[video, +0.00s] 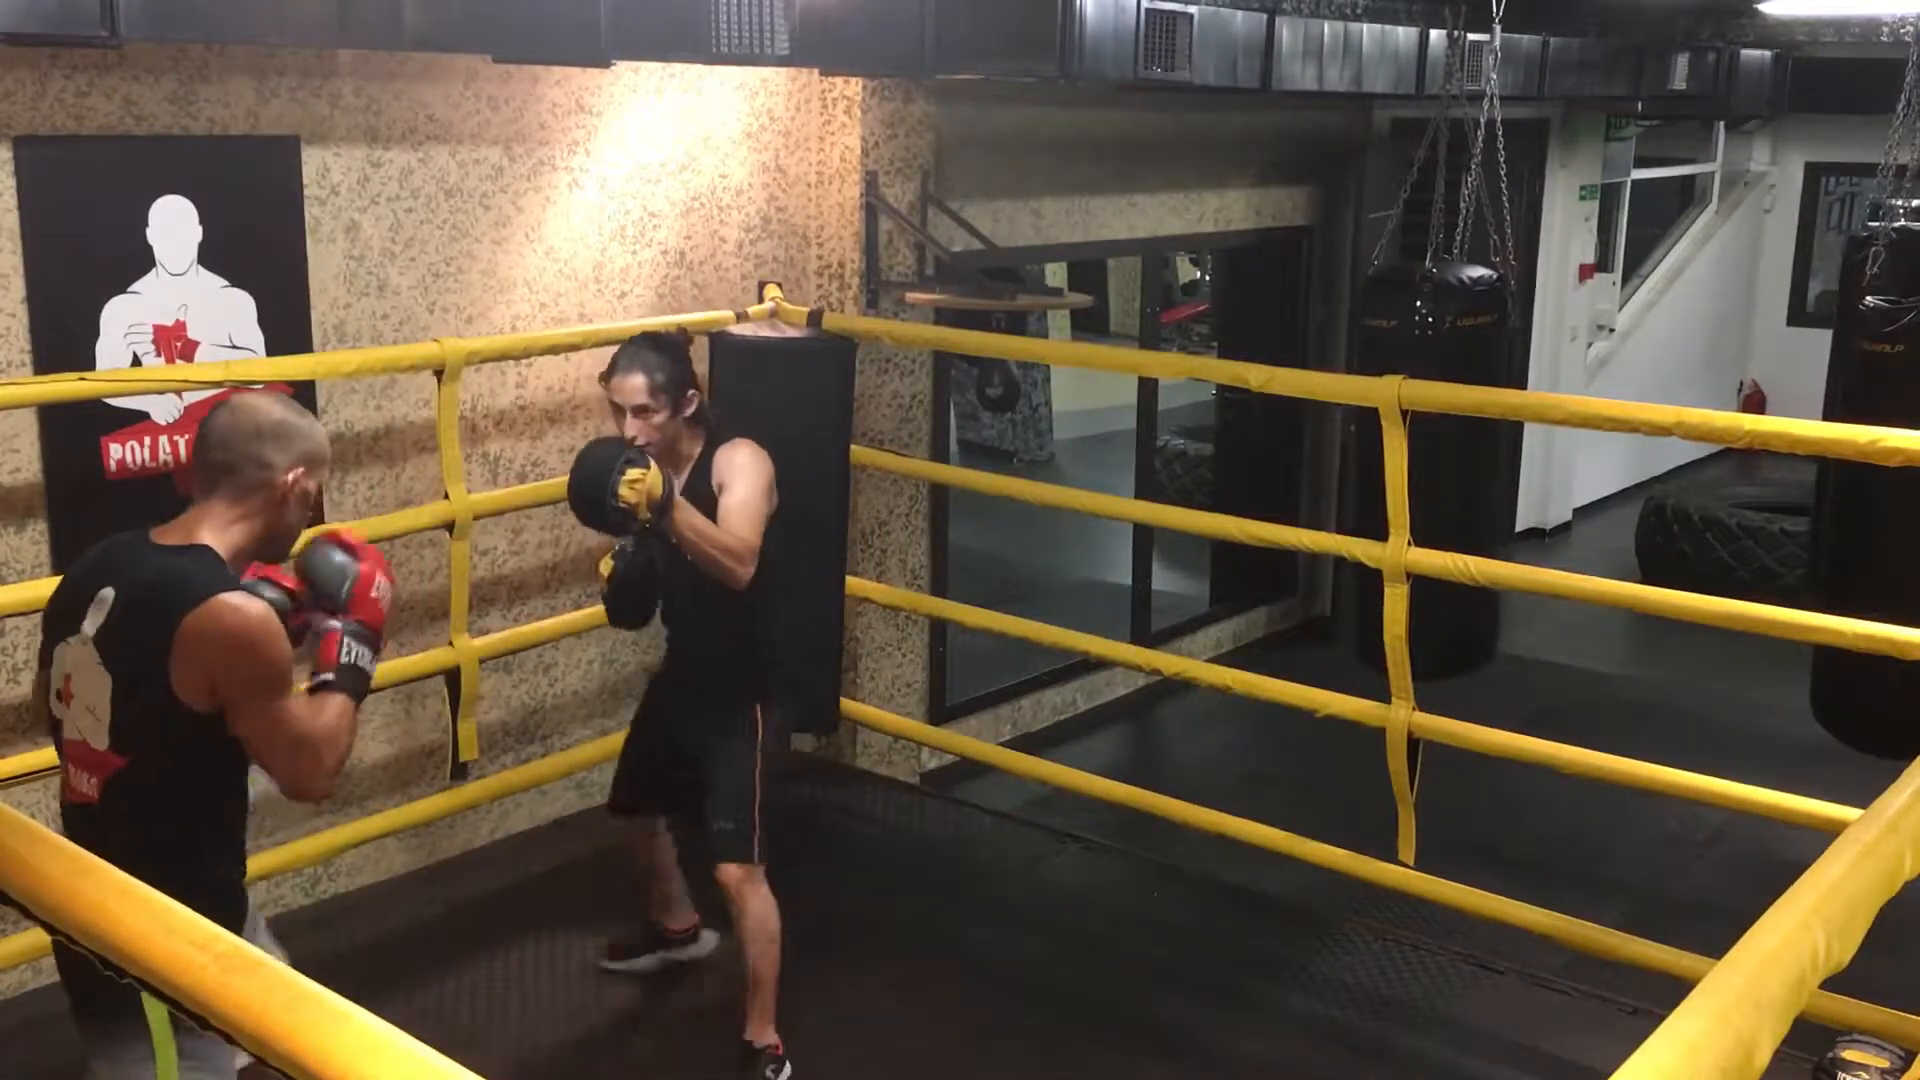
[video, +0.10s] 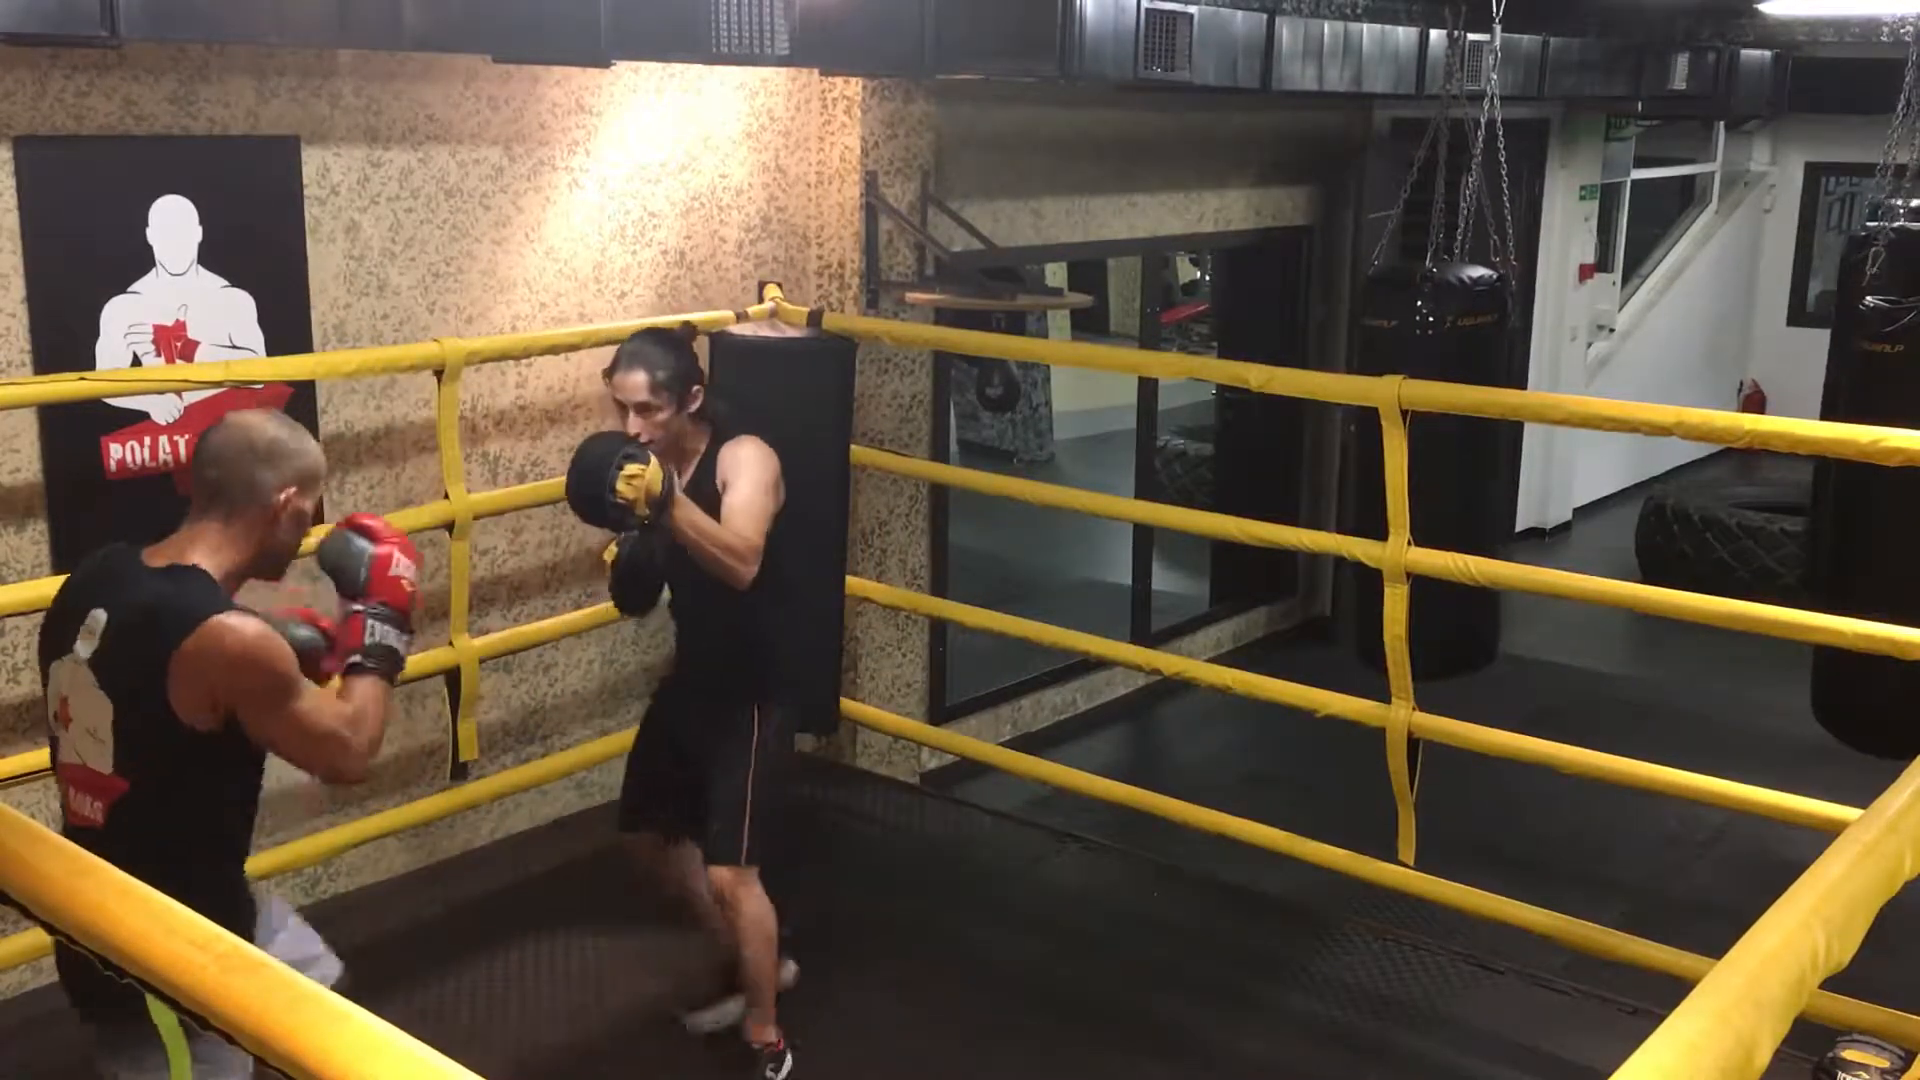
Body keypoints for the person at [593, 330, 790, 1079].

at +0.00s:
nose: (628, 431)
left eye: (640, 413)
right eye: (620, 415)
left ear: (686, 403)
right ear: (618, 411)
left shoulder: (742, 461)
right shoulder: (647, 477)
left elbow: (740, 563)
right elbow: (637, 599)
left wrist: (663, 505)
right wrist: (626, 562)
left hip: (742, 684)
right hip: (681, 675)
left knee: (737, 867)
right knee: (638, 808)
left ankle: (762, 1038)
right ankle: (676, 923)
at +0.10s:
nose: (632, 430)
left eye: (645, 411)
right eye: (623, 413)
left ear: (692, 398)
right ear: (619, 407)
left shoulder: (748, 459)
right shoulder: (653, 473)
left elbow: (742, 563)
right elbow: (637, 594)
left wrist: (663, 499)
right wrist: (629, 550)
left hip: (754, 688)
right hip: (691, 678)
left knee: (730, 875)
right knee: (655, 838)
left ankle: (764, 1038)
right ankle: (761, 964)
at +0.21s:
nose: (634, 436)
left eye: (648, 417)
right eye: (626, 418)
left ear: (696, 407)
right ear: (622, 414)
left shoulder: (751, 468)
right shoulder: (657, 483)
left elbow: (749, 576)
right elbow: (630, 601)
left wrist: (670, 506)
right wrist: (631, 555)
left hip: (762, 695)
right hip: (704, 690)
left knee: (729, 874)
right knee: (679, 858)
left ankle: (791, 1062)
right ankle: (778, 986)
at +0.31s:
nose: (623, 436)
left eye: (637, 419)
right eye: (616, 419)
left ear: (688, 410)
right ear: (615, 415)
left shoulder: (744, 481)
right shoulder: (669, 487)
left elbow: (750, 592)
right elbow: (677, 569)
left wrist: (702, 524)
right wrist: (625, 575)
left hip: (763, 711)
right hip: (715, 705)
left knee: (752, 903)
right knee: (681, 853)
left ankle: (806, 1069)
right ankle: (775, 985)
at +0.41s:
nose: (624, 438)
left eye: (637, 421)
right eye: (619, 421)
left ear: (690, 413)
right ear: (665, 416)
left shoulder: (742, 485)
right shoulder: (682, 476)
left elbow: (707, 601)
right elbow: (697, 580)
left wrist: (624, 534)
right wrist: (633, 574)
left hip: (782, 710)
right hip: (729, 700)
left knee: (745, 910)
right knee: (693, 849)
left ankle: (803, 1069)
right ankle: (778, 988)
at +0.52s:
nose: (645, 434)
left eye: (655, 419)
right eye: (640, 418)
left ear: (706, 412)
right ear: (684, 417)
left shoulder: (760, 489)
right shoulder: (695, 475)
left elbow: (738, 612)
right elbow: (697, 568)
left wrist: (635, 556)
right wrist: (634, 574)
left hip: (780, 713)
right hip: (730, 701)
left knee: (750, 910)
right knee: (698, 849)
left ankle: (804, 1071)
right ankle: (769, 985)